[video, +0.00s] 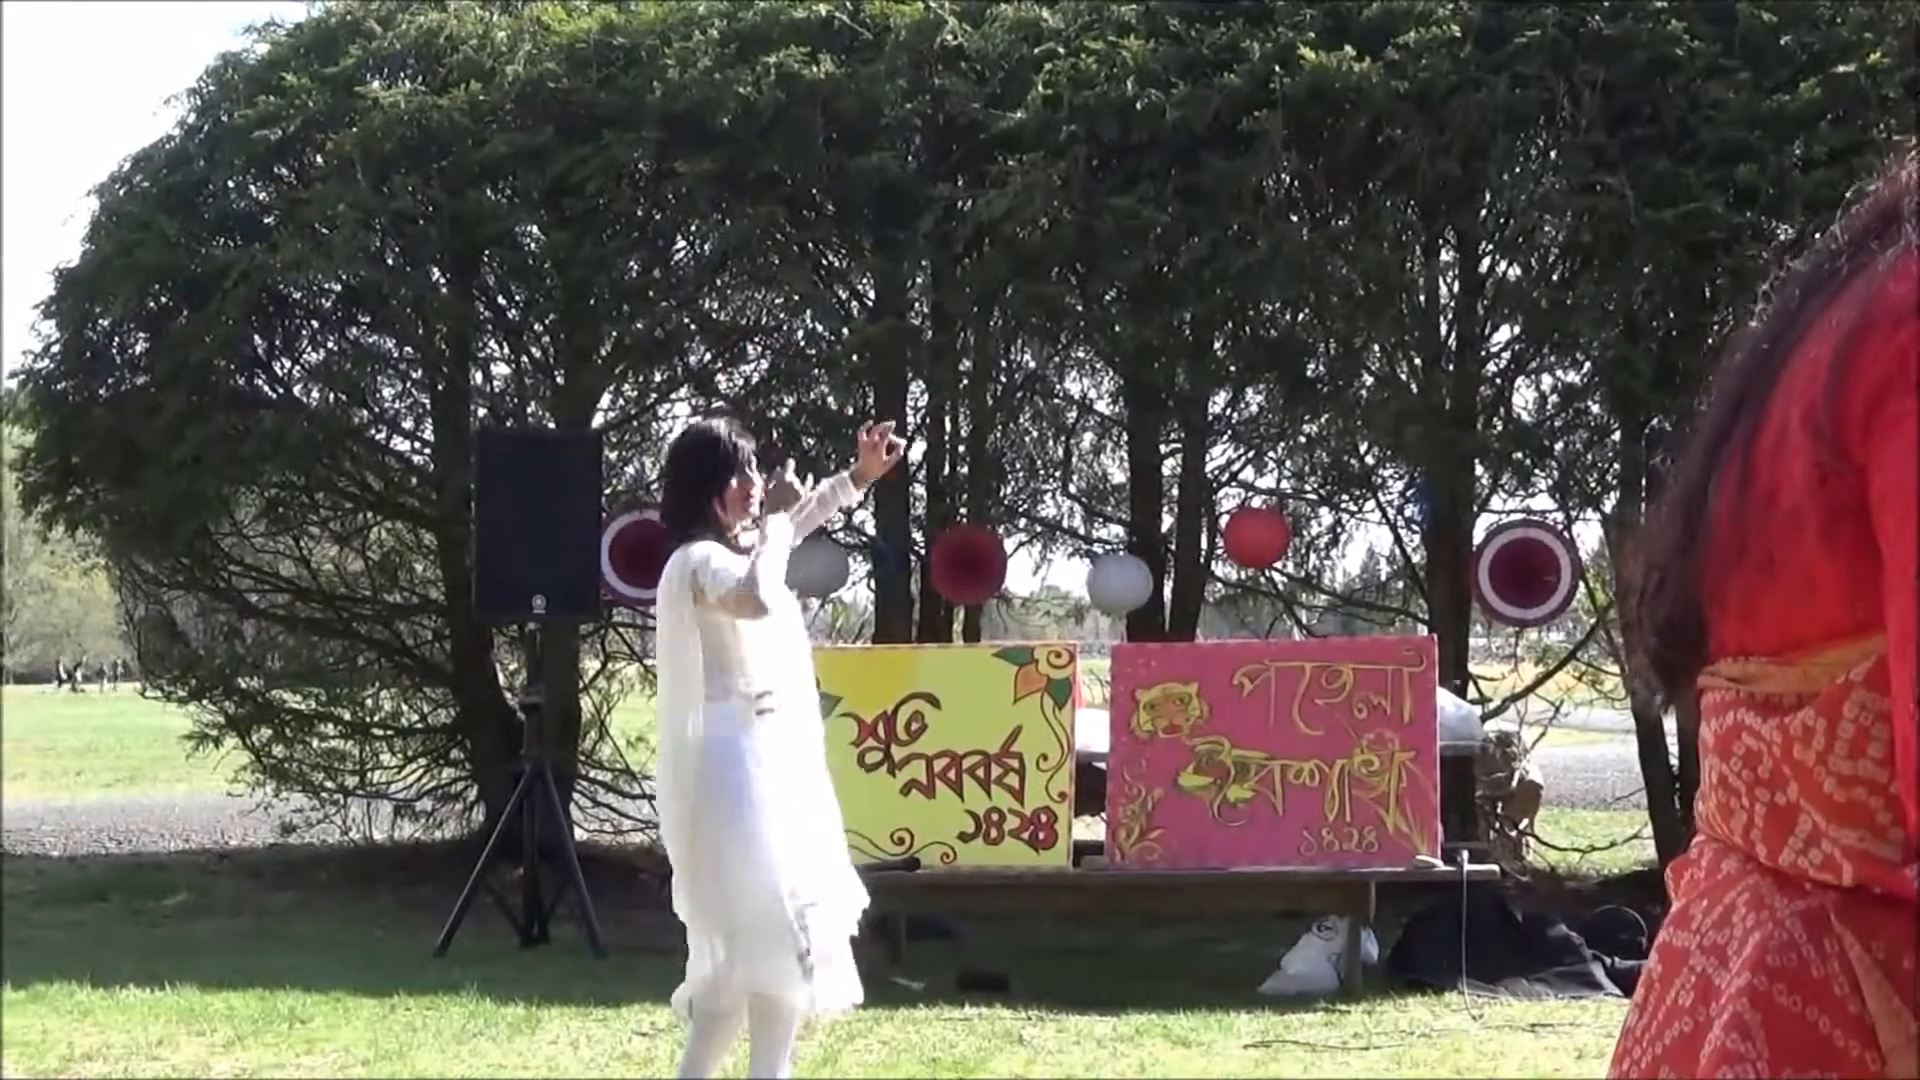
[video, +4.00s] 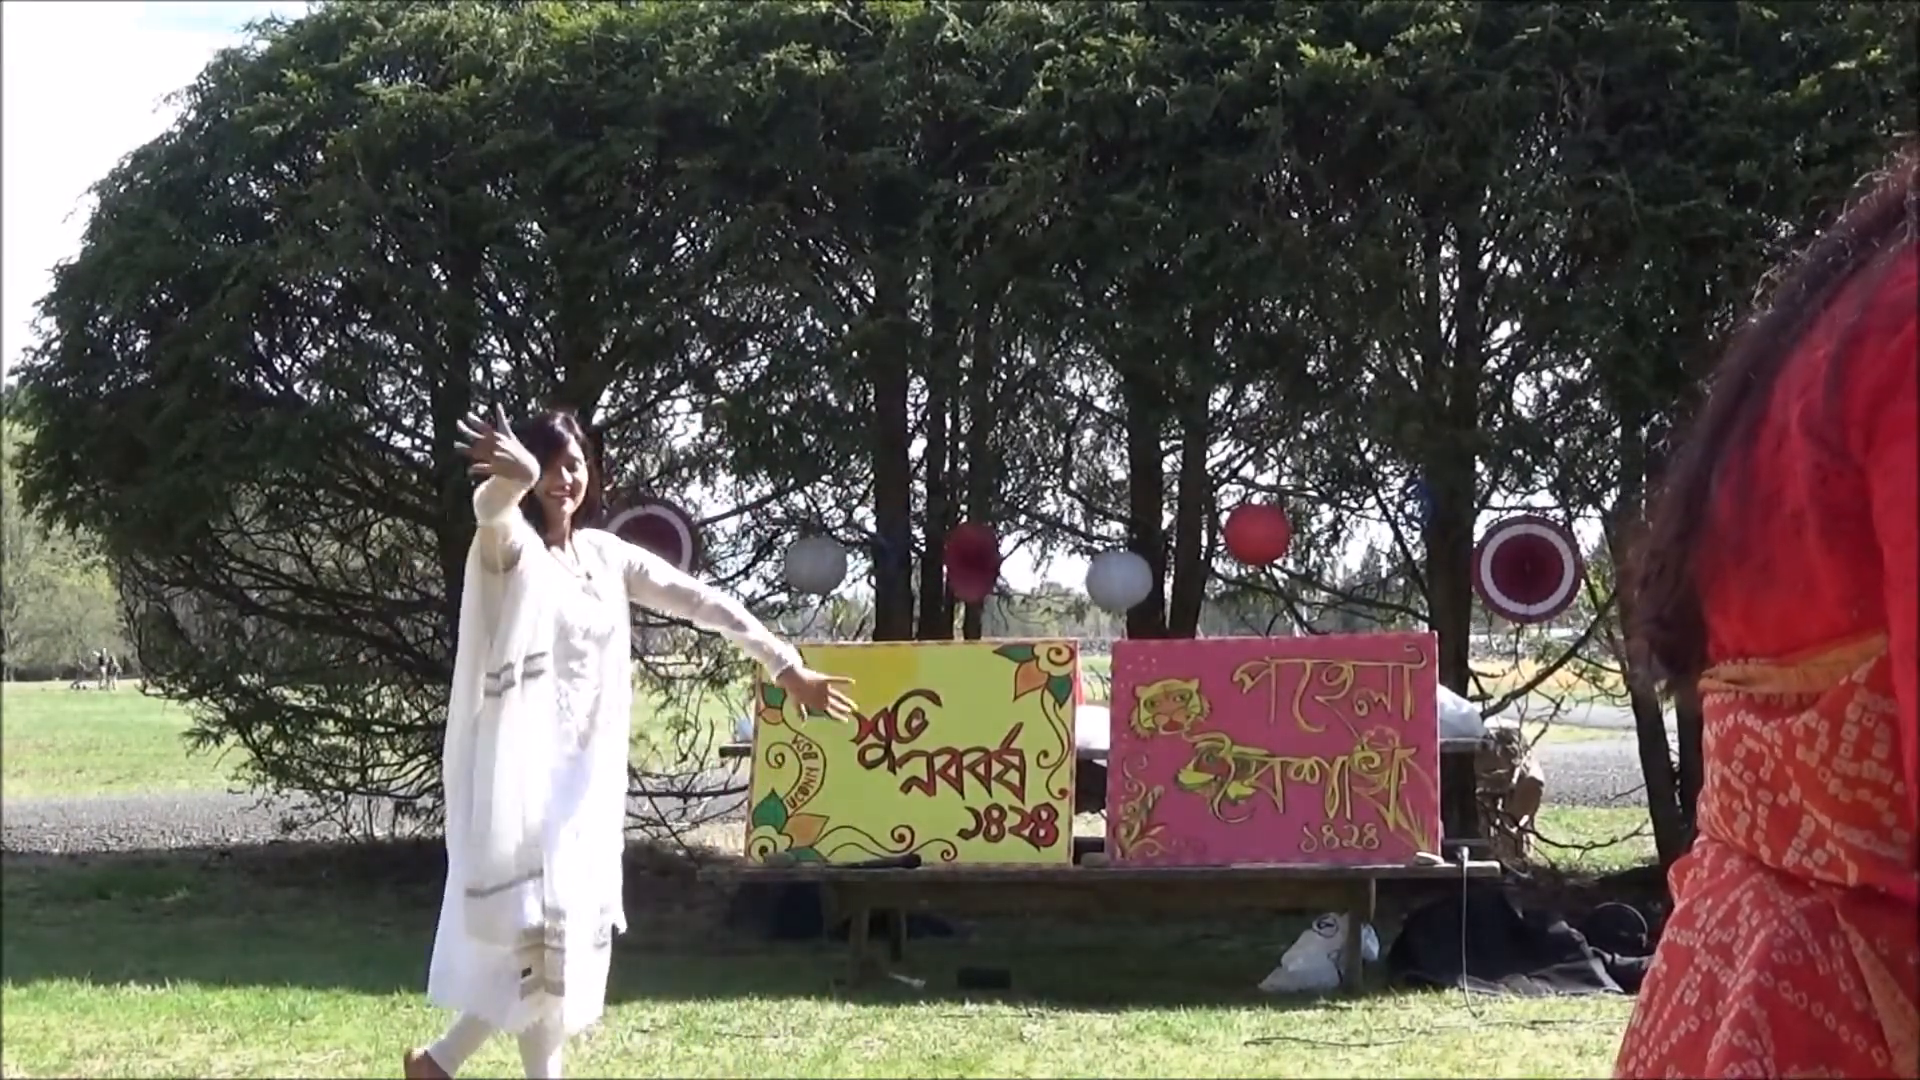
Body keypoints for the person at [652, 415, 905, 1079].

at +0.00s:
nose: (758, 486)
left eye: (755, 473)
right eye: (746, 475)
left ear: (730, 495)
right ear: (716, 492)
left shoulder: (735, 548)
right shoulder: (697, 560)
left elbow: (802, 516)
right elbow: (756, 596)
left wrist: (862, 475)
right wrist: (778, 523)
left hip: (758, 766)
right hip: (741, 771)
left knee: (737, 944)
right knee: (778, 936)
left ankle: (694, 1068)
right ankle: (771, 1070)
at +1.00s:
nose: (640, 488)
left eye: (650, 477)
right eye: (625, 475)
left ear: (660, 490)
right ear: (593, 486)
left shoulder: (680, 573)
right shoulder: (546, 569)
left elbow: (766, 649)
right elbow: (487, 671)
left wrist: (863, 659)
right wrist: (513, 616)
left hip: (660, 788)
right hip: (558, 789)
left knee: (708, 953)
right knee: (532, 958)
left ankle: (728, 1072)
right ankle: (519, 1075)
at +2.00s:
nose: (719, 522)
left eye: (730, 505)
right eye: (703, 513)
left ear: (757, 507)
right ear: (689, 526)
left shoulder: (803, 580)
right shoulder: (691, 604)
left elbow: (808, 704)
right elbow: (687, 722)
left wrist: (845, 697)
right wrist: (779, 681)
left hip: (802, 817)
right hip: (715, 820)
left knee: (810, 983)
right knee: (647, 972)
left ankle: (774, 1073)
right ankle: (582, 1074)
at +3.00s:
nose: (597, 516)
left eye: (609, 501)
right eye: (582, 503)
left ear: (626, 506)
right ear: (557, 510)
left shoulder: (655, 586)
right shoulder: (521, 595)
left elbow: (672, 708)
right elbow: (493, 709)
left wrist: (727, 736)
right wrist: (560, 669)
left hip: (642, 813)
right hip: (550, 815)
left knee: (653, 961)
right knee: (551, 976)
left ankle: (611, 1069)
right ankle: (555, 1070)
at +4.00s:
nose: (564, 478)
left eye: (576, 465)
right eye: (552, 465)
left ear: (591, 476)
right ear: (527, 474)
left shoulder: (606, 554)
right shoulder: (508, 546)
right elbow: (492, 510)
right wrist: (520, 473)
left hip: (584, 782)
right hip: (514, 781)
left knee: (563, 943)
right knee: (542, 942)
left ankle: (438, 1060)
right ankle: (544, 1073)